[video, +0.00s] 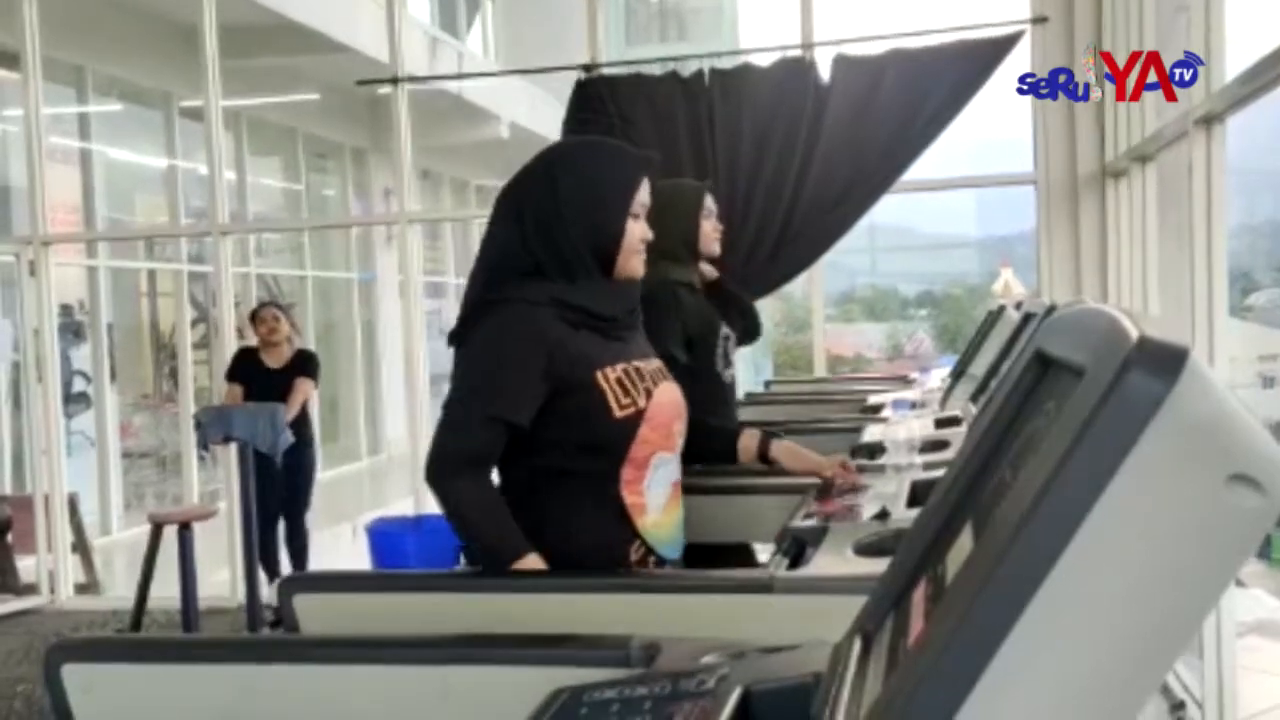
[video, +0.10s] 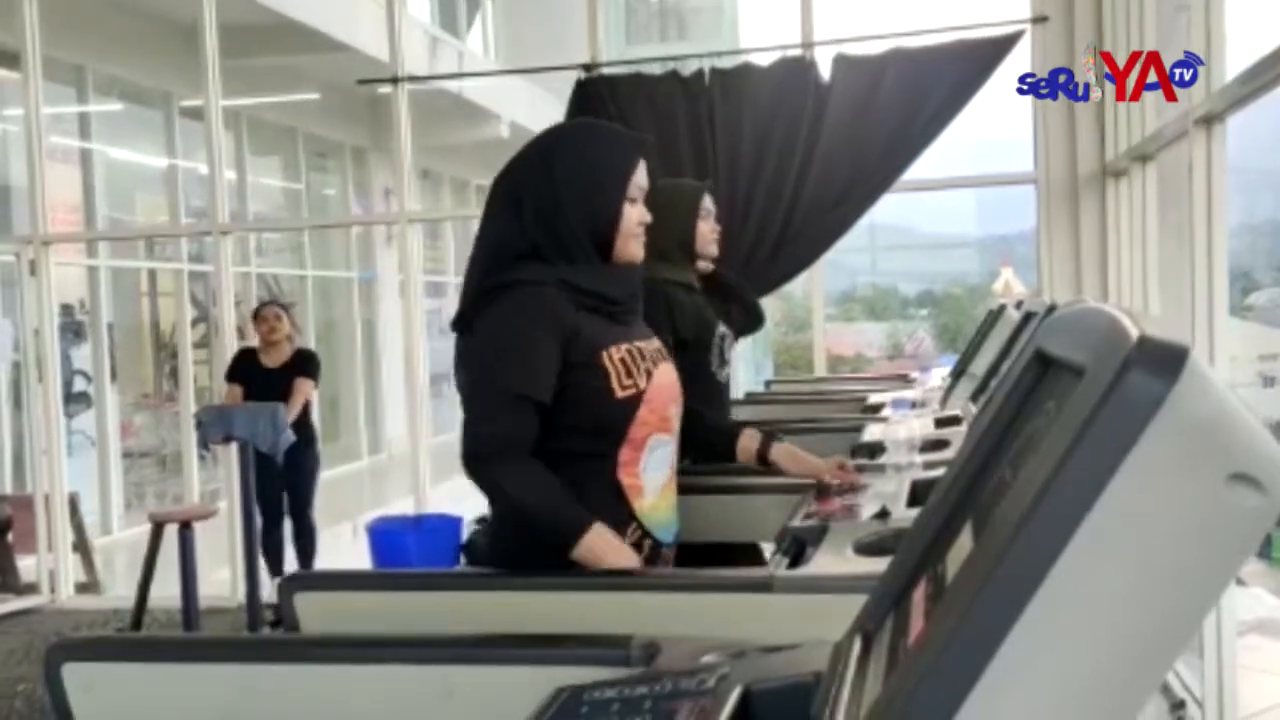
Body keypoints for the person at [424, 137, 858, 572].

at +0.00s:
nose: (648, 233)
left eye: (646, 215)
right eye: (636, 215)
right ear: (585, 219)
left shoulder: (613, 319)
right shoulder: (522, 327)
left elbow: (654, 433)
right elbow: (454, 468)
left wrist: (768, 450)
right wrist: (529, 571)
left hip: (643, 581)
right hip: (572, 596)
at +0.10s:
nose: (645, 216)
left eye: (644, 201)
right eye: (631, 199)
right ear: (582, 198)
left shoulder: (612, 300)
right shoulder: (526, 308)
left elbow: (661, 424)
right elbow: (494, 456)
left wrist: (773, 451)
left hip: (629, 571)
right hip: (552, 586)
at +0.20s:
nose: (643, 209)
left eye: (641, 193)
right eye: (630, 192)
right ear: (578, 191)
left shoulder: (604, 295)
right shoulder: (530, 297)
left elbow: (660, 419)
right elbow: (536, 447)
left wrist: (776, 446)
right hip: (551, 576)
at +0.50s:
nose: (659, 219)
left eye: (656, 203)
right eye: (646, 202)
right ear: (598, 203)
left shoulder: (622, 307)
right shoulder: (561, 310)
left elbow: (667, 432)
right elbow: (566, 460)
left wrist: (776, 444)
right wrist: (678, 526)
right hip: (589, 582)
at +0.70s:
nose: (670, 201)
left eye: (668, 185)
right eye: (657, 184)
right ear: (608, 185)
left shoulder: (636, 281)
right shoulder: (555, 287)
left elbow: (683, 406)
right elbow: (533, 442)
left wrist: (783, 440)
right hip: (593, 559)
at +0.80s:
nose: (674, 207)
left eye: (671, 191)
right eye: (660, 191)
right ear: (610, 192)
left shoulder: (639, 296)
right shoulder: (553, 300)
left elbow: (686, 422)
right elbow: (517, 452)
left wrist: (783, 444)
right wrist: (492, 583)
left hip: (650, 560)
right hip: (579, 571)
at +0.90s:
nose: (720, 241)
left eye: (718, 231)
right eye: (714, 230)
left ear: (689, 234)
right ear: (686, 232)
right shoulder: (682, 305)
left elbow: (717, 428)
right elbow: (713, 428)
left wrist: (815, 457)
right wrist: (811, 456)